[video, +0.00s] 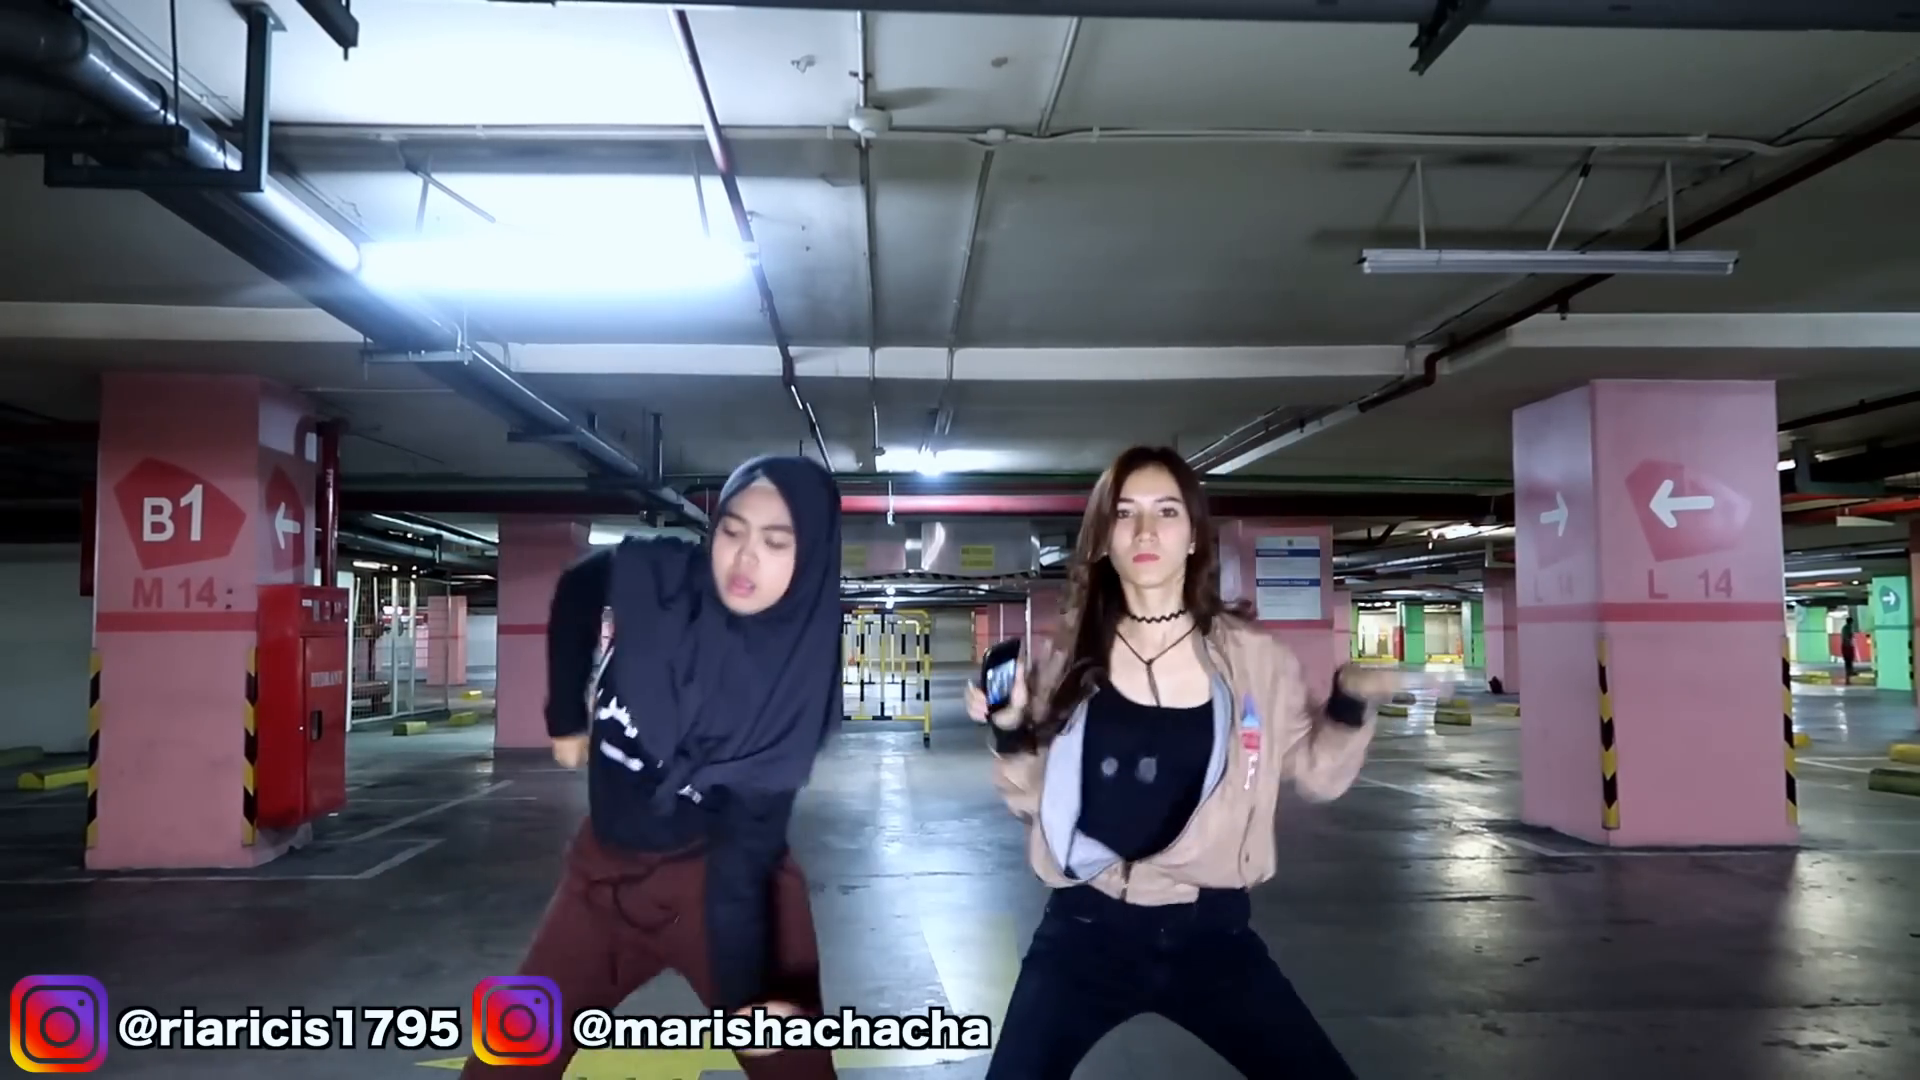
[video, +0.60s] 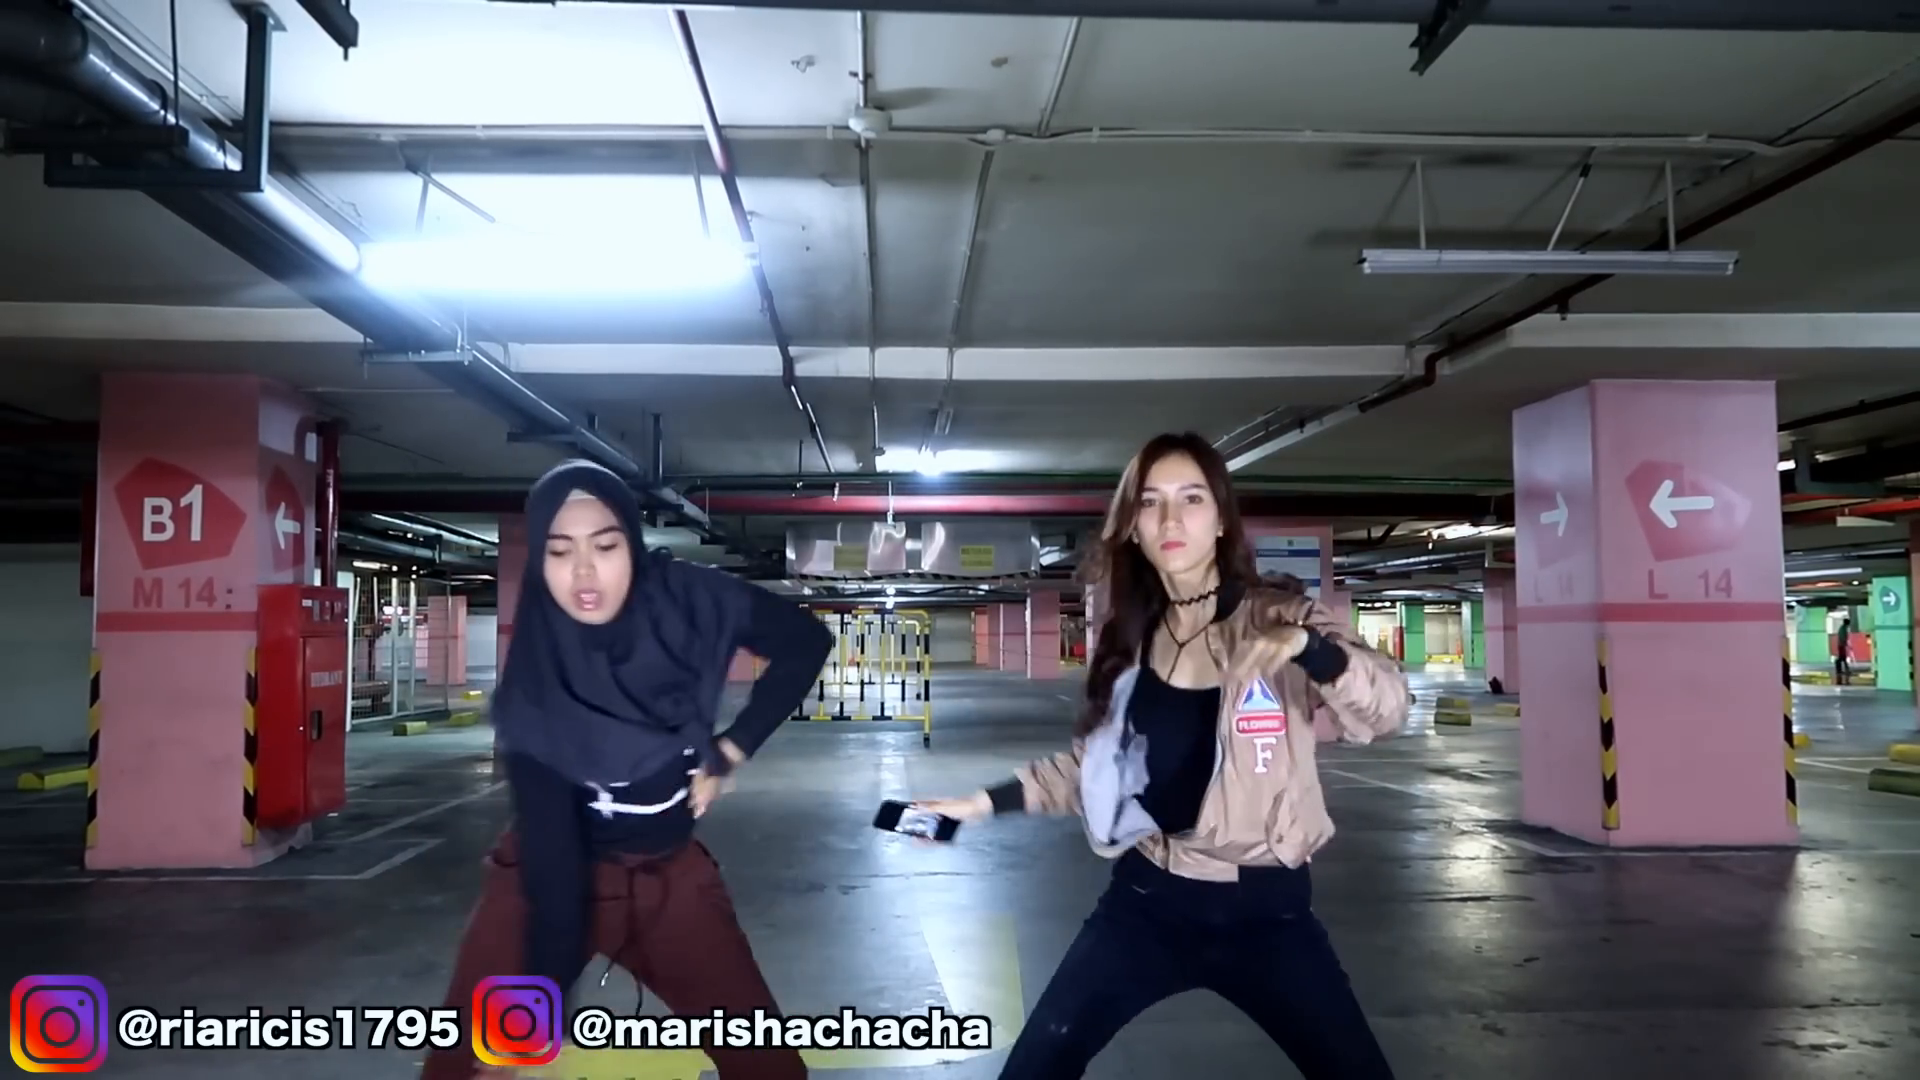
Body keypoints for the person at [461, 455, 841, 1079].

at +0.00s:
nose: (745, 559)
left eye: (775, 542)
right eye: (733, 532)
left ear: (810, 558)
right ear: (713, 531)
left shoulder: (796, 676)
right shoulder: (662, 570)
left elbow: (749, 844)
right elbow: (580, 586)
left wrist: (746, 1002)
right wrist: (565, 718)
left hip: (725, 875)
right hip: (606, 866)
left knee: (792, 1064)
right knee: (506, 1055)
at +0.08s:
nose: (723, 584)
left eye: (755, 567)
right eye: (712, 556)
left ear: (786, 585)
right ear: (692, 553)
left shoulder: (769, 698)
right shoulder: (637, 591)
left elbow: (708, 866)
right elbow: (551, 562)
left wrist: (684, 1032)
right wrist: (526, 687)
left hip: (713, 901)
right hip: (586, 900)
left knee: (788, 1069)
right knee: (503, 1066)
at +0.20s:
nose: (674, 556)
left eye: (702, 538)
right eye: (659, 528)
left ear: (728, 558)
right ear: (634, 531)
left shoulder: (708, 675)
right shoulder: (566, 567)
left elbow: (664, 848)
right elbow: (457, 514)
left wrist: (628, 1021)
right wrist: (463, 636)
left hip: (652, 888)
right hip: (523, 891)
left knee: (759, 1069)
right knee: (468, 1070)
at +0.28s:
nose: (631, 529)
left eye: (658, 509)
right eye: (612, 503)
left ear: (685, 524)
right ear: (586, 508)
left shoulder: (683, 633)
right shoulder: (522, 559)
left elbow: (692, 807)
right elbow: (385, 512)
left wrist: (608, 941)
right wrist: (430, 636)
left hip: (641, 864)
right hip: (512, 864)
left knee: (753, 1063)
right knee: (447, 1067)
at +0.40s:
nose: (575, 555)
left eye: (600, 532)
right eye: (556, 530)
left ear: (632, 542)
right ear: (532, 539)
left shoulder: (677, 634)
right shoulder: (491, 627)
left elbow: (740, 740)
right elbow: (331, 711)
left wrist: (646, 847)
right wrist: (328, 857)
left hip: (622, 890)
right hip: (494, 885)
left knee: (733, 1063)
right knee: (451, 1061)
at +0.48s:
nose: (566, 566)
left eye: (588, 543)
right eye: (544, 542)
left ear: (618, 552)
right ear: (516, 555)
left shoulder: (663, 622)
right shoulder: (495, 657)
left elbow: (768, 701)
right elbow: (425, 834)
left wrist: (685, 808)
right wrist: (348, 997)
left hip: (631, 881)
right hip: (505, 880)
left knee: (753, 1055)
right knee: (439, 1062)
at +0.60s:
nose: (585, 573)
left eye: (606, 546)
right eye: (559, 551)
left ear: (635, 549)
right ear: (537, 561)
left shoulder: (691, 597)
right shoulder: (530, 693)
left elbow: (806, 642)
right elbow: (554, 883)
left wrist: (731, 751)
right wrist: (537, 1027)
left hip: (670, 874)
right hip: (546, 875)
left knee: (769, 1064)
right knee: (457, 1062)